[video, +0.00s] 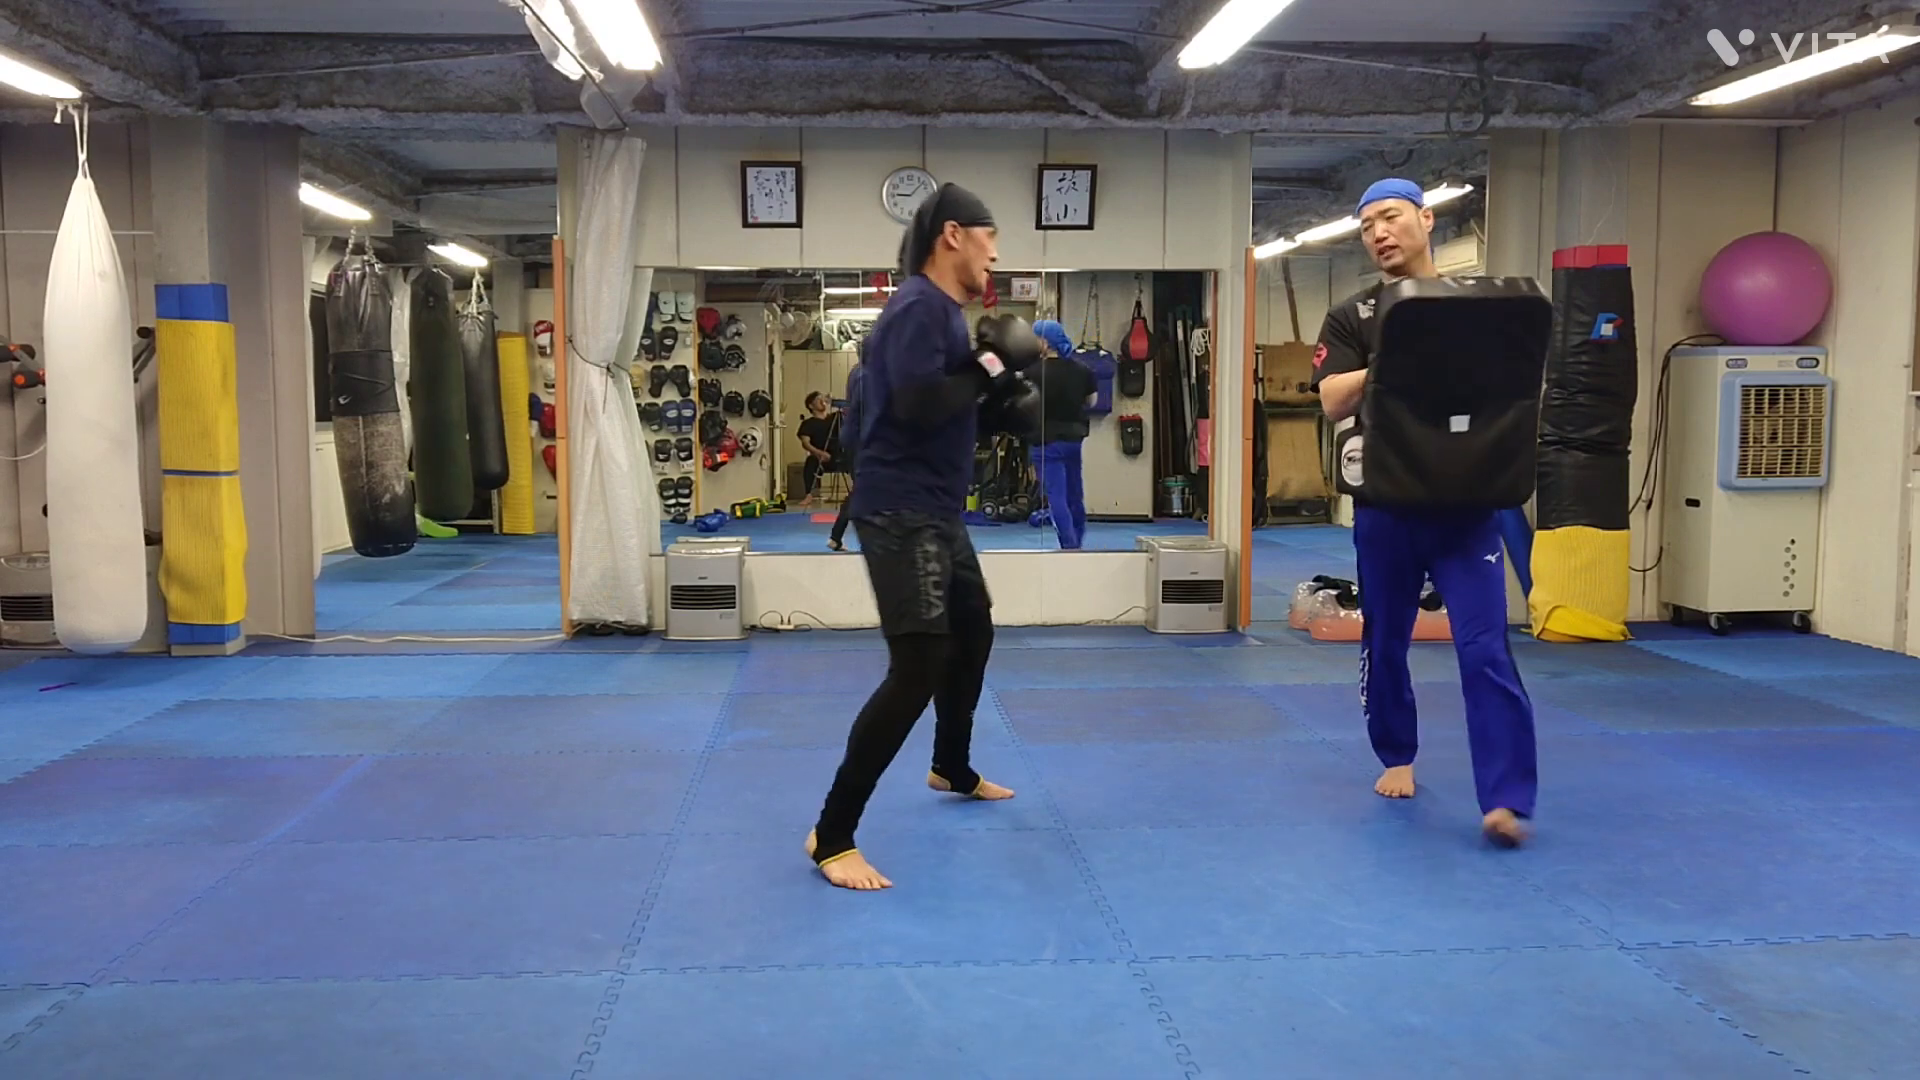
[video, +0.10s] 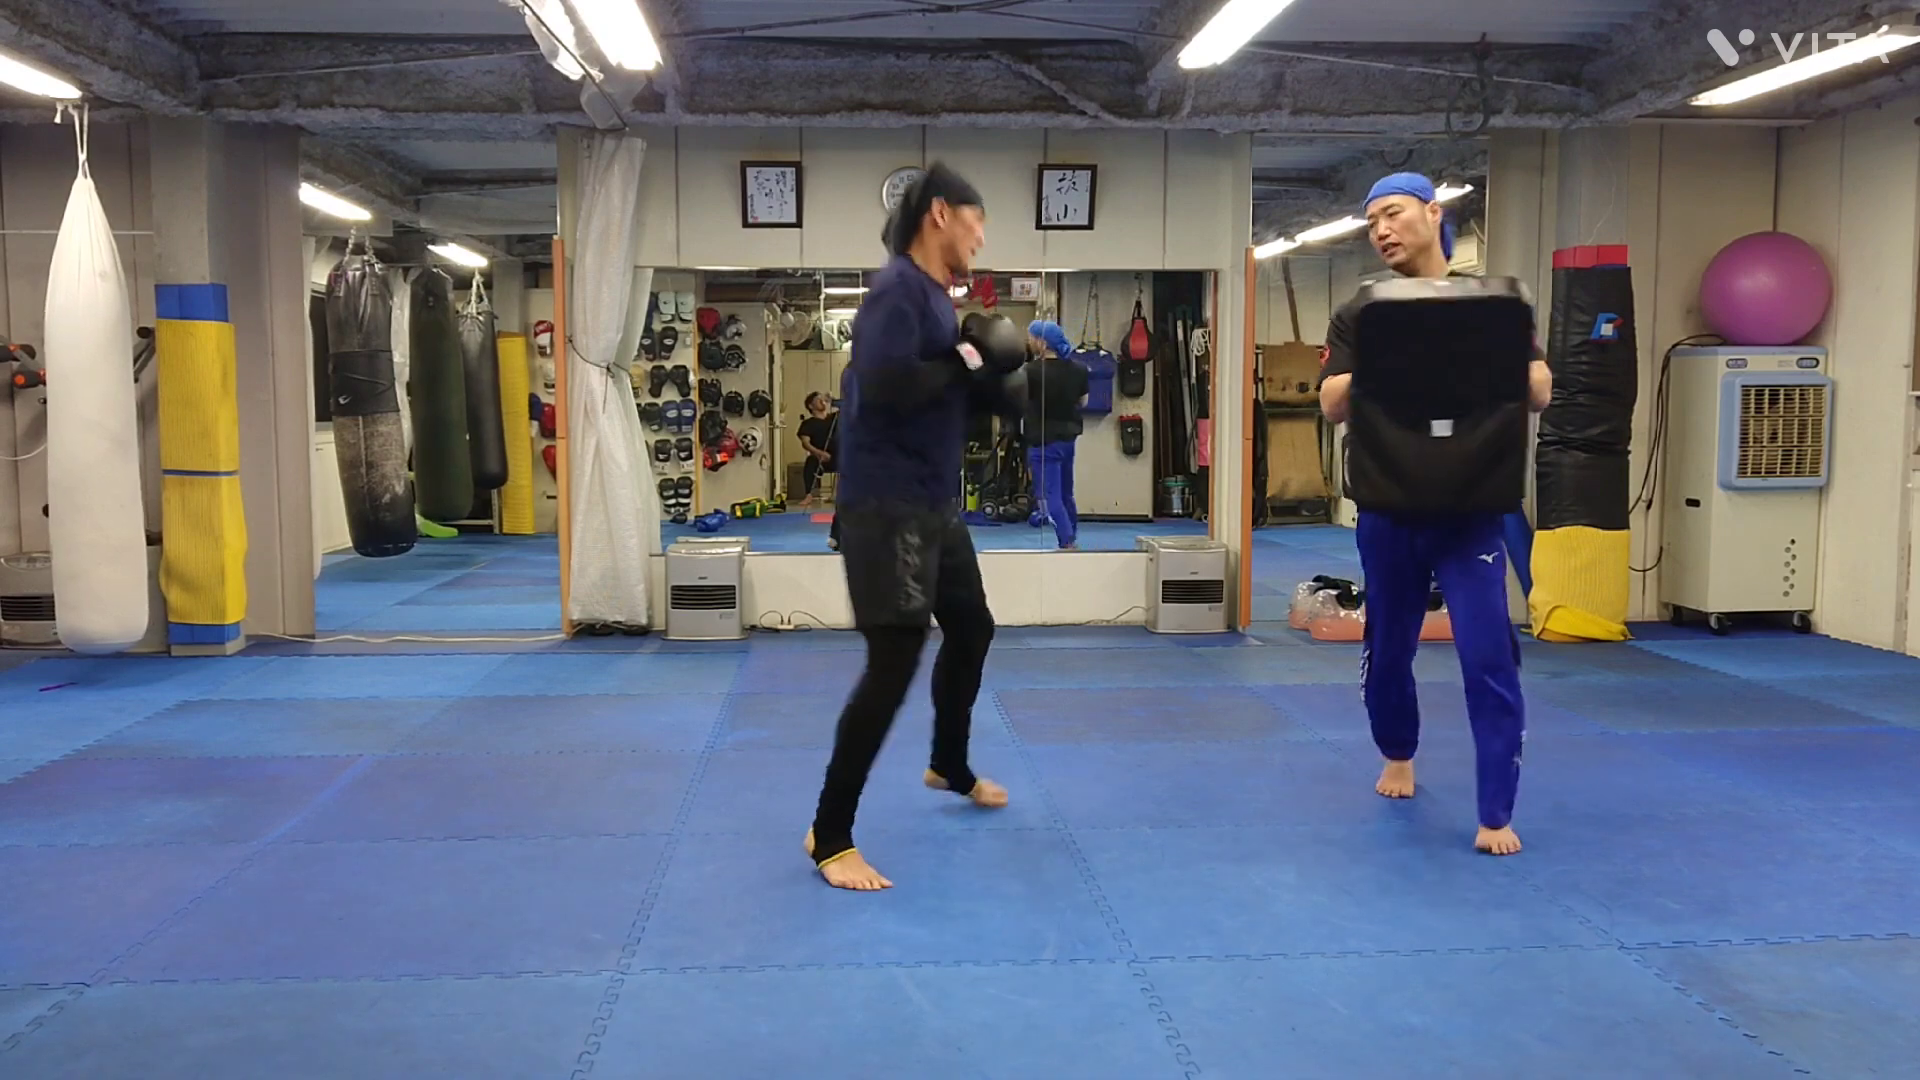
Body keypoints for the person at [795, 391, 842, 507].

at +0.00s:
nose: (823, 401)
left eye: (823, 399)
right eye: (818, 400)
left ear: (826, 402)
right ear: (811, 406)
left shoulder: (835, 418)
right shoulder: (808, 423)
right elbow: (806, 444)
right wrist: (820, 453)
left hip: (839, 455)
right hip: (821, 457)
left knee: (854, 457)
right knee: (811, 461)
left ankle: (857, 490)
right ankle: (808, 495)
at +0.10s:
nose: (822, 402)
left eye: (823, 399)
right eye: (818, 400)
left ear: (826, 402)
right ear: (811, 406)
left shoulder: (834, 418)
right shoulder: (808, 423)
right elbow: (806, 444)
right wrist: (820, 453)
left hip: (837, 456)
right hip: (820, 458)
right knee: (811, 461)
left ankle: (844, 494)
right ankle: (808, 495)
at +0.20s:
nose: (821, 401)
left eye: (821, 399)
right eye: (817, 400)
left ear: (825, 401)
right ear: (810, 406)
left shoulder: (832, 419)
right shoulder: (807, 423)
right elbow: (805, 443)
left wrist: (835, 401)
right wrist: (820, 453)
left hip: (834, 453)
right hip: (818, 455)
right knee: (810, 462)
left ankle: (840, 493)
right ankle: (808, 494)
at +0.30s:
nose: (821, 402)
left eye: (820, 399)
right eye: (817, 400)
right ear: (810, 406)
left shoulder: (830, 420)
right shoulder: (807, 423)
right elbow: (805, 443)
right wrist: (819, 453)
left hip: (831, 458)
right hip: (815, 459)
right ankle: (810, 495)